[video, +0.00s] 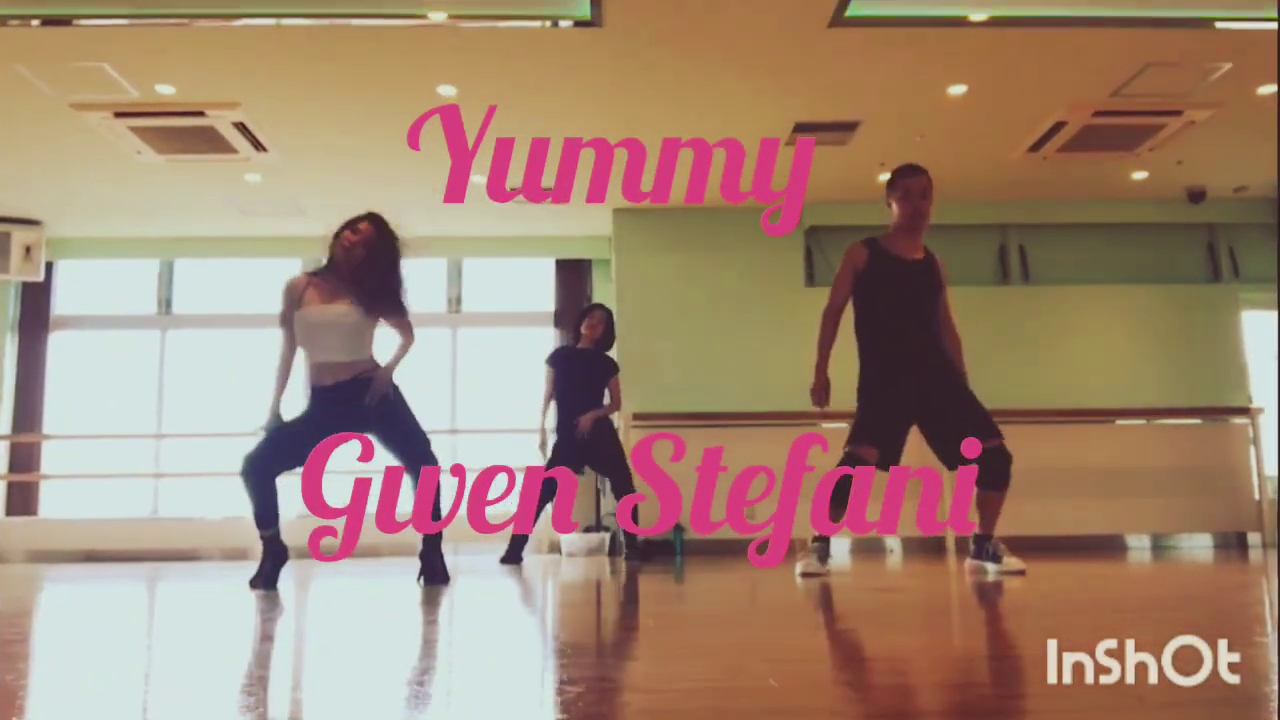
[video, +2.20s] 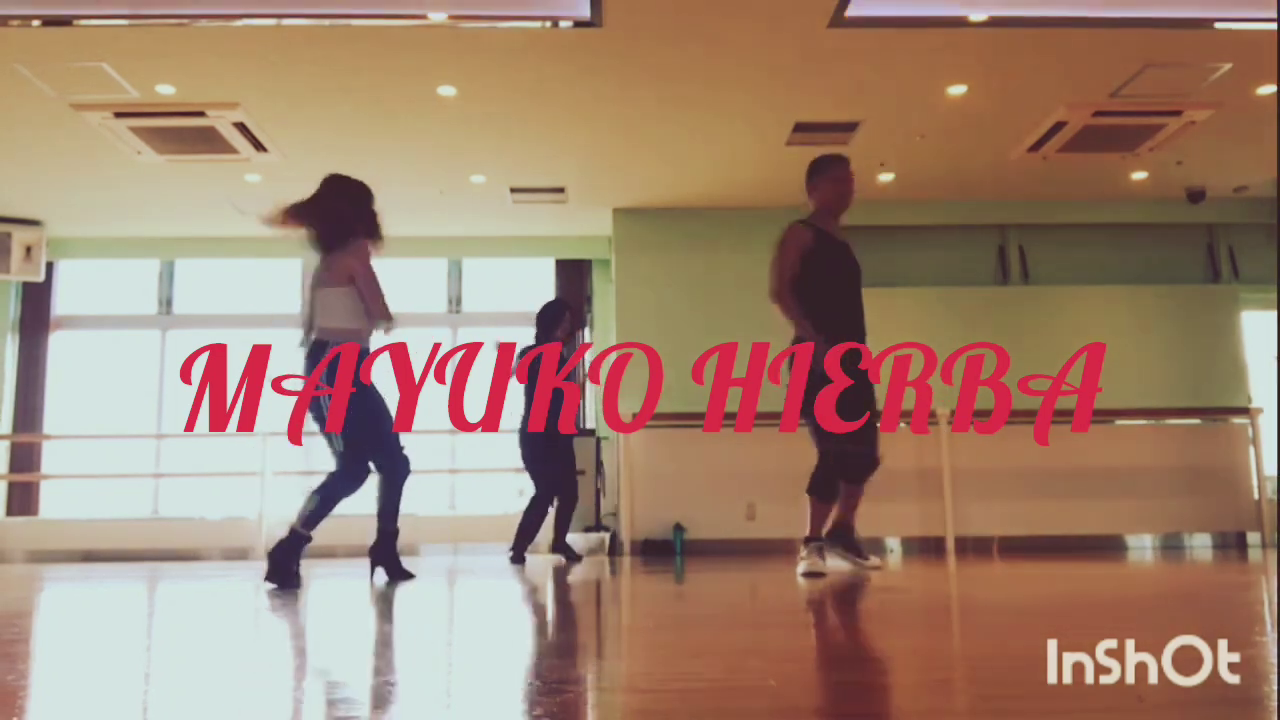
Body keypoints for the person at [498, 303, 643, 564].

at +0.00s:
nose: (592, 324)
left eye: (599, 323)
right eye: (589, 319)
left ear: (605, 331)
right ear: (581, 322)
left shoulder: (606, 363)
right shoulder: (560, 356)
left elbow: (616, 404)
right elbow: (548, 396)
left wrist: (593, 415)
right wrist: (542, 430)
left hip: (601, 436)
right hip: (568, 437)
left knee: (623, 485)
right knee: (543, 491)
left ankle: (632, 545)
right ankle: (515, 549)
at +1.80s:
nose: (576, 322)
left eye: (579, 318)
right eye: (571, 317)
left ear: (582, 324)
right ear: (558, 319)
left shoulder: (577, 353)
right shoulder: (545, 350)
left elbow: (576, 389)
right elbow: (535, 379)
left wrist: (607, 399)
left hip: (574, 431)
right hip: (546, 432)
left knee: (602, 490)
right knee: (539, 494)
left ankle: (627, 545)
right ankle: (516, 551)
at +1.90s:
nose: (573, 317)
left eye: (577, 313)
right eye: (569, 311)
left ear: (578, 316)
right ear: (555, 311)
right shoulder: (552, 345)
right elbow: (559, 378)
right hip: (551, 427)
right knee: (537, 490)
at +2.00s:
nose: (573, 319)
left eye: (575, 314)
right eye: (568, 313)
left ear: (575, 317)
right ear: (555, 313)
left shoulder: (570, 346)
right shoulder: (548, 343)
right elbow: (550, 376)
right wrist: (577, 355)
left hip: (567, 428)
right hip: (544, 427)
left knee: (580, 481)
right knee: (538, 489)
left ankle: (569, 536)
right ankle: (515, 551)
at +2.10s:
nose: (573, 328)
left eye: (573, 324)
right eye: (569, 323)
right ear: (558, 325)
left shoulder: (570, 354)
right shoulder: (549, 352)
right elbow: (542, 377)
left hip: (565, 431)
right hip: (544, 431)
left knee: (566, 492)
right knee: (548, 491)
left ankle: (558, 546)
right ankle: (519, 546)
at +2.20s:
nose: (571, 325)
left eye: (571, 320)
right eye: (568, 320)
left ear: (544, 322)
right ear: (559, 322)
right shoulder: (559, 352)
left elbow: (521, 377)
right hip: (544, 432)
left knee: (567, 493)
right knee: (548, 491)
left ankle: (560, 541)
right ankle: (518, 548)